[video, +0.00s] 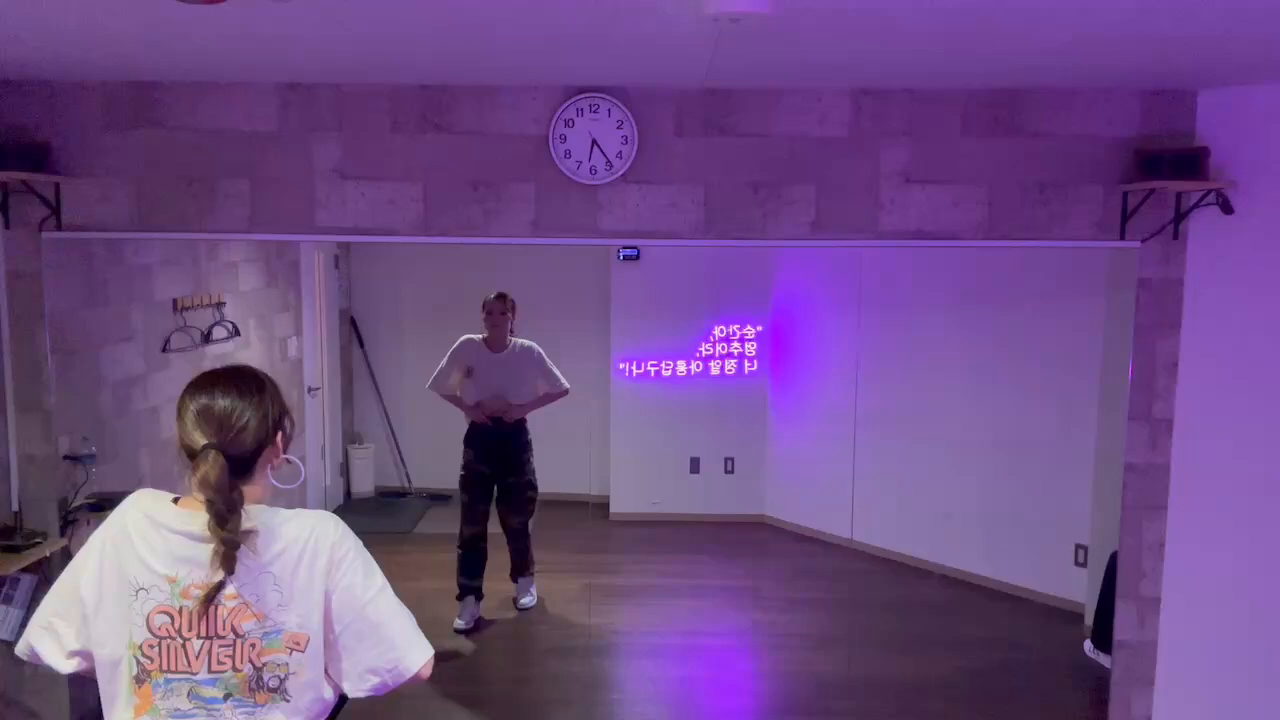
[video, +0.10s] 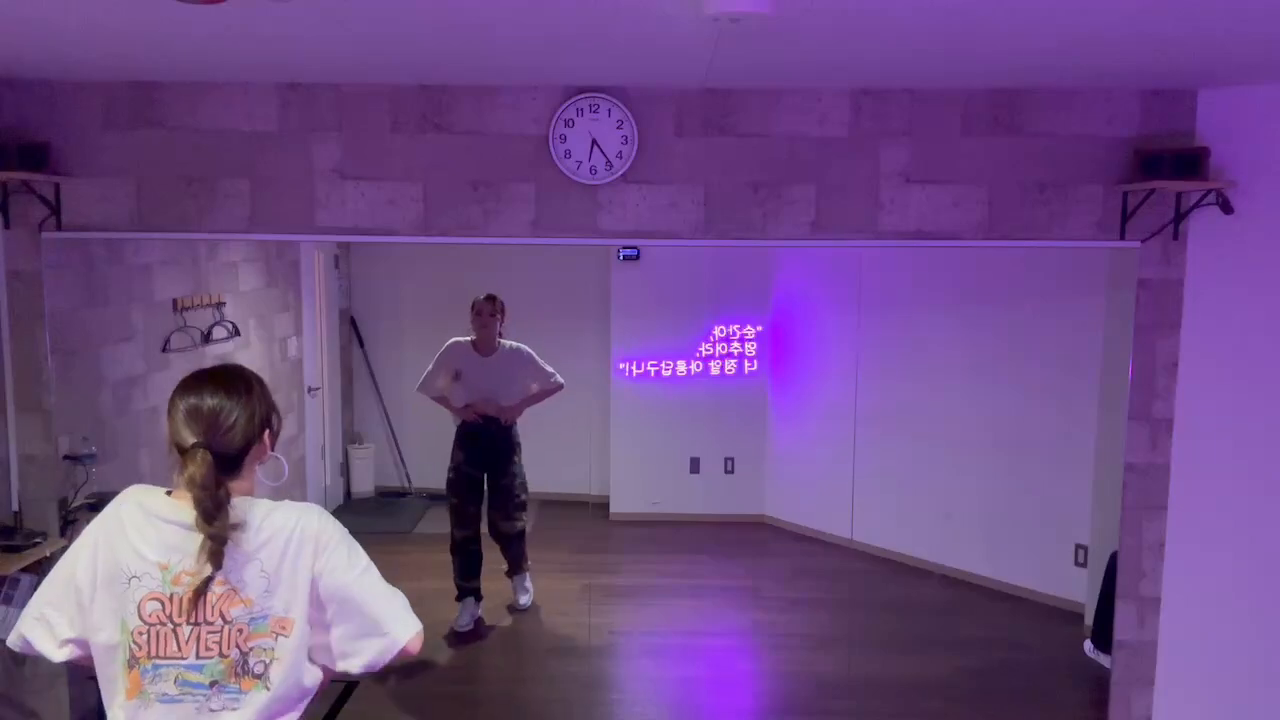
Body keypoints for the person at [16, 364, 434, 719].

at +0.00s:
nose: (290, 443)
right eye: (288, 432)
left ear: (185, 446)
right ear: (276, 447)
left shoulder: (133, 520)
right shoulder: (322, 537)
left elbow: (60, 648)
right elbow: (411, 665)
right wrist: (310, 659)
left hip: (147, 716)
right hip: (280, 715)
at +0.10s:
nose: (278, 440)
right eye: (276, 429)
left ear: (176, 442)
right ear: (264, 444)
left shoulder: (125, 515)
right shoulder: (308, 530)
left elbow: (52, 638)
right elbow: (406, 642)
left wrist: (140, 627)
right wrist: (303, 639)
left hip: (140, 715)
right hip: (265, 714)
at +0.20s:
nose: (272, 433)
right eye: (270, 422)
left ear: (175, 434)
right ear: (259, 438)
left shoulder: (123, 511)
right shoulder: (300, 517)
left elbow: (55, 631)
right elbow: (400, 614)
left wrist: (136, 648)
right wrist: (307, 653)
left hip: (135, 715)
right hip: (259, 715)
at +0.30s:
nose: (271, 427)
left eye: (265, 413)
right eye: (268, 416)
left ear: (175, 428)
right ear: (259, 432)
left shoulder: (121, 506)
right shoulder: (298, 510)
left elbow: (32, 609)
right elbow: (391, 599)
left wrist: (119, 638)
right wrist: (309, 646)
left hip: (133, 714)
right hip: (257, 712)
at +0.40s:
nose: (272, 424)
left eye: (267, 412)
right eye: (269, 414)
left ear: (177, 426)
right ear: (260, 430)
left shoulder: (118, 507)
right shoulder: (300, 506)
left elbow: (18, 593)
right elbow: (387, 590)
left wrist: (106, 635)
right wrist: (318, 644)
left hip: (132, 713)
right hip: (259, 712)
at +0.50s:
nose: (277, 429)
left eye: (275, 416)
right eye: (276, 418)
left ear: (184, 427)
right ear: (265, 430)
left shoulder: (120, 506)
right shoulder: (302, 504)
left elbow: (16, 578)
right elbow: (380, 581)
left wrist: (91, 637)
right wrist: (323, 637)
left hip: (135, 711)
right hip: (256, 711)